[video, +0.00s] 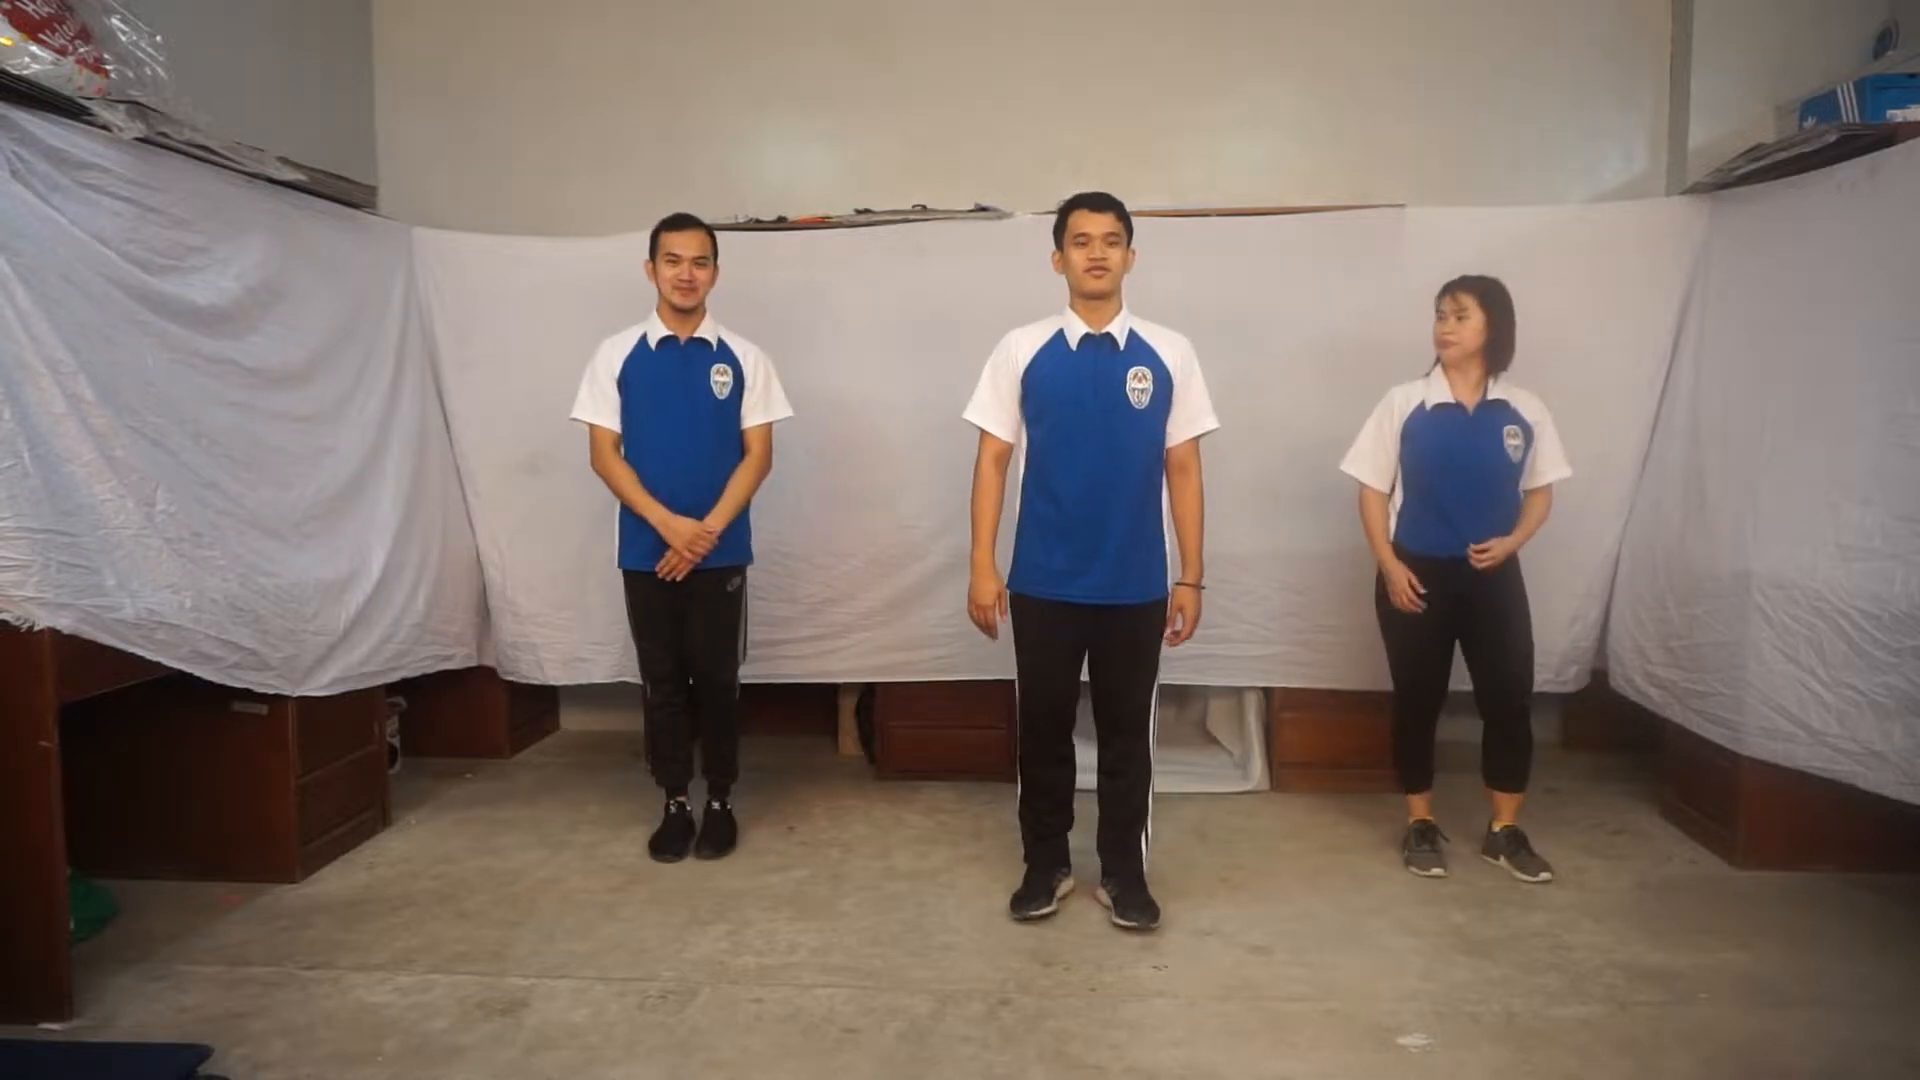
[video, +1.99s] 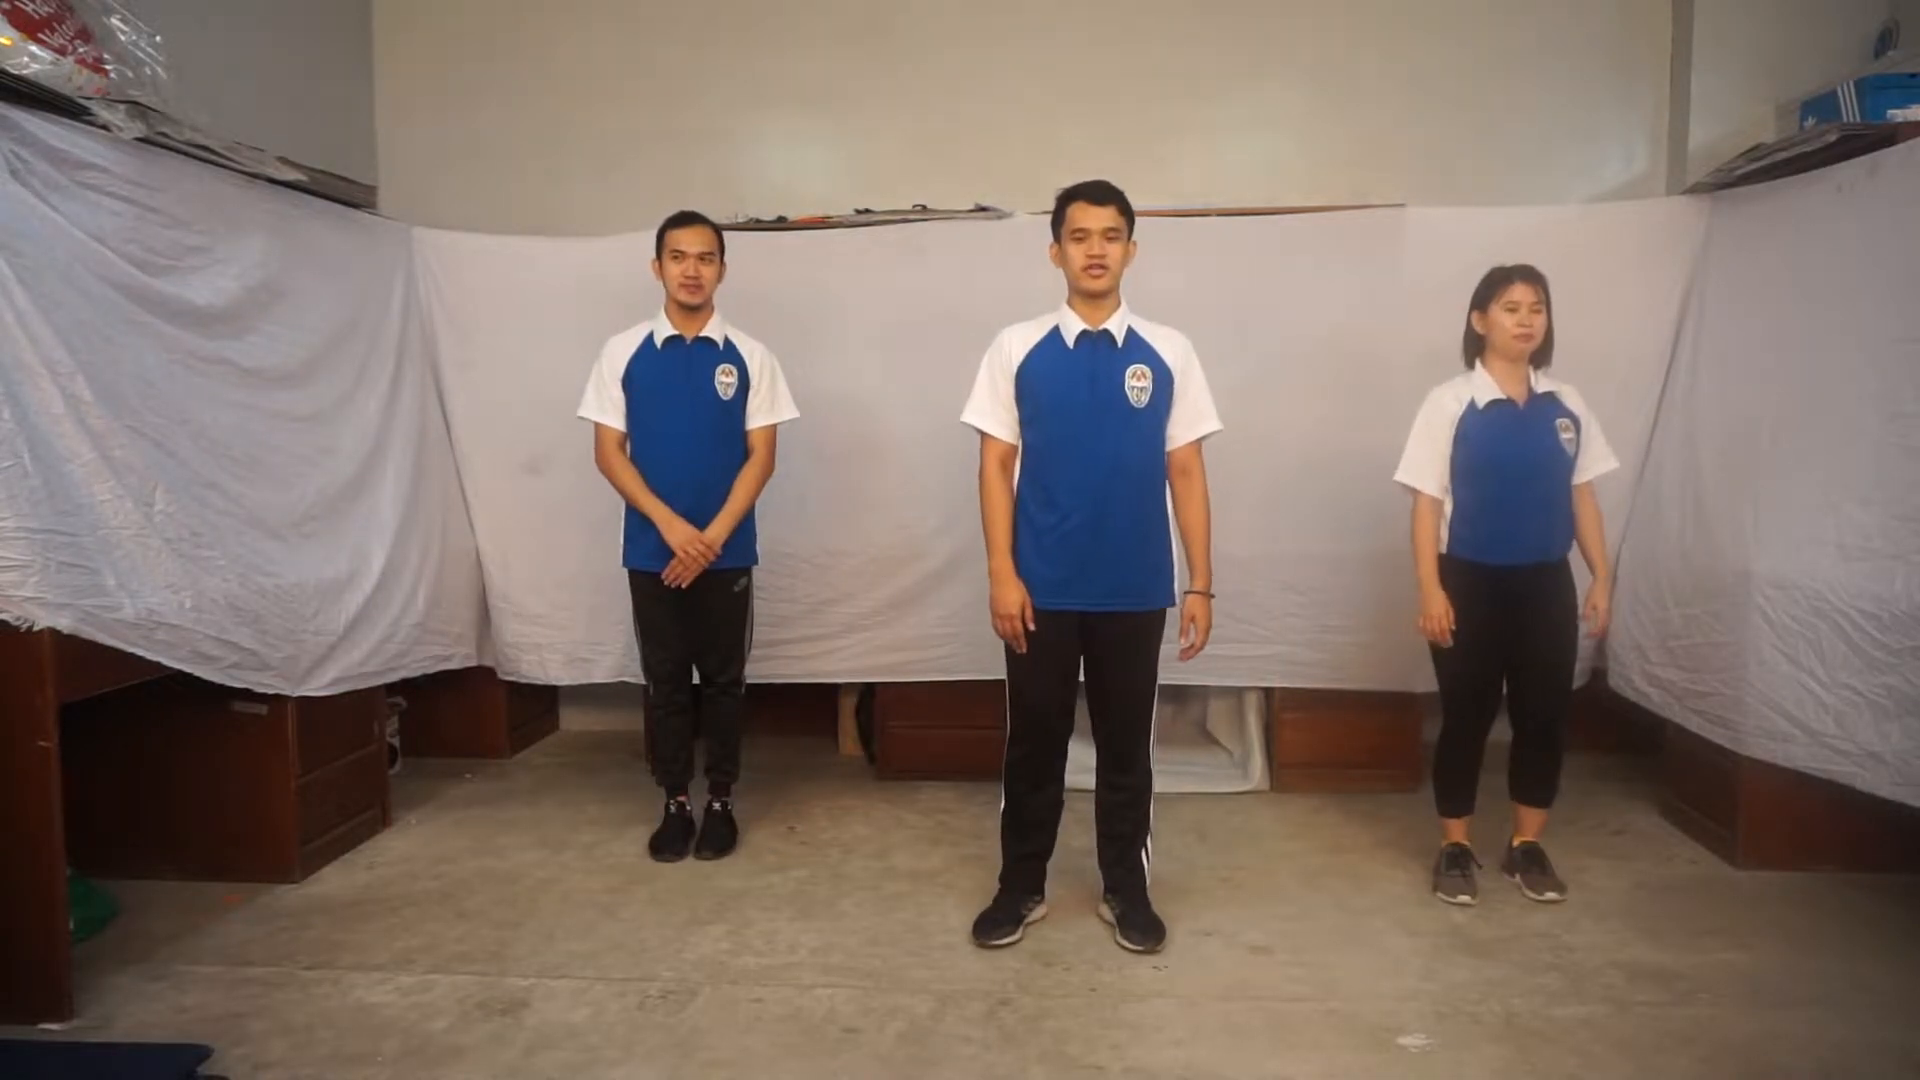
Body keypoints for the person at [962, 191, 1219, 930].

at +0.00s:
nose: (1097, 254)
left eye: (1110, 242)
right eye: (1082, 243)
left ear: (1129, 256)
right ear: (1060, 257)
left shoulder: (1167, 353)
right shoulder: (1021, 349)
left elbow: (1183, 470)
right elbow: (992, 460)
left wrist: (1189, 575)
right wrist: (983, 566)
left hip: (1134, 586)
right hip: (1042, 584)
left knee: (1127, 739)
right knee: (1043, 735)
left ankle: (1125, 873)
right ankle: (1046, 865)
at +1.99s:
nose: (1096, 251)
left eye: (1110, 237)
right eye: (1080, 238)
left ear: (1129, 249)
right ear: (1058, 251)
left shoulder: (1166, 352)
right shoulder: (1015, 349)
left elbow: (1186, 474)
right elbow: (996, 468)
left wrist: (1198, 582)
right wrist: (1001, 574)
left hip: (1134, 593)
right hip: (1041, 591)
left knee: (1127, 752)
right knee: (1034, 747)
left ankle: (1127, 888)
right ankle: (1019, 885)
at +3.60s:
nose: (1120, 256)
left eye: (1139, 240)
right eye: (1112, 242)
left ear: (1183, 249)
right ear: (1105, 251)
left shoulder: (1222, 347)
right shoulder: (1090, 347)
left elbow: (1242, 483)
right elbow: (1026, 416)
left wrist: (1243, 606)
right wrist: (1019, 473)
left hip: (1186, 605)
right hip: (1101, 598)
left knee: (1193, 769)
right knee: (1065, 752)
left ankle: (1207, 910)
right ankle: (1032, 883)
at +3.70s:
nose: (1134, 257)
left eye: (1151, 243)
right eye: (1129, 242)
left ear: (1202, 247)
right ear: (1129, 246)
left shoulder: (1228, 342)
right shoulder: (1135, 334)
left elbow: (1221, 479)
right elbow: (1073, 355)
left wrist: (1151, 591)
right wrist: (1033, 366)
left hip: (1211, 590)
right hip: (1141, 576)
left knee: (1198, 754)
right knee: (1115, 720)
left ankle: (1206, 910)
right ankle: (1118, 871)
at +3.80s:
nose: (1149, 257)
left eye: (1164, 242)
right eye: (1148, 242)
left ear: (1218, 248)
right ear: (1183, 249)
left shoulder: (1223, 332)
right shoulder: (1188, 312)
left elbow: (1195, 464)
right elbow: (1131, 282)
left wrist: (1124, 533)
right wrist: (1059, 249)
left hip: (1222, 583)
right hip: (1180, 572)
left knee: (1210, 740)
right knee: (1162, 715)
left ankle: (1206, 909)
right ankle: (1243, 866)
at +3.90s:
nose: (1166, 258)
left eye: (1180, 244)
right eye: (1165, 243)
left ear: (1229, 250)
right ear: (1226, 248)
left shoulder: (1213, 331)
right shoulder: (1263, 303)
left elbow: (1164, 475)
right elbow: (1216, 215)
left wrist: (1149, 512)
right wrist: (1145, 145)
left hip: (1221, 582)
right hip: (1272, 566)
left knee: (1206, 741)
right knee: (1269, 723)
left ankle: (1209, 908)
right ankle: (1364, 879)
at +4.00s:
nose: (1179, 262)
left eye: (1192, 247)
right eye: (1181, 246)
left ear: (1249, 251)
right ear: (1254, 251)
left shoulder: (1219, 336)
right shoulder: (1295, 303)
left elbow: (1172, 481)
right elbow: (1274, 218)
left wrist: (1203, 527)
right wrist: (1250, 121)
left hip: (1240, 586)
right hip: (1310, 569)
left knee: (1217, 755)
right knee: (1345, 737)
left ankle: (1207, 913)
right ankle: (1440, 904)